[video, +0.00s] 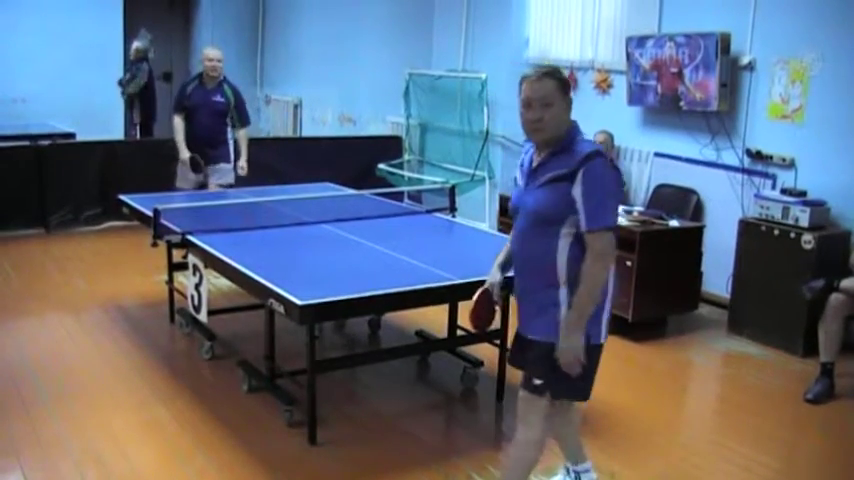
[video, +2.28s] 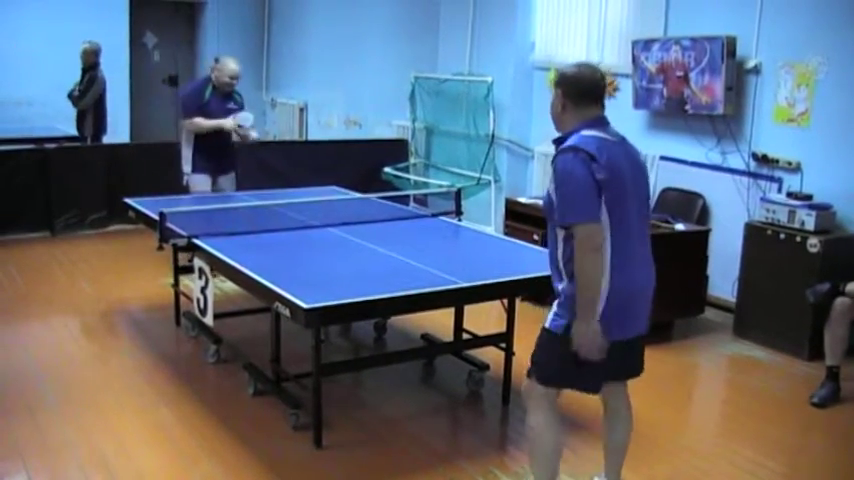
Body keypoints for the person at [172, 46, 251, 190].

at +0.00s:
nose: (214, 65)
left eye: (218, 61)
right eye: (209, 60)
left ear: (223, 64)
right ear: (202, 63)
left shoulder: (231, 91)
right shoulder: (188, 88)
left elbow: (240, 127)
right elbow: (178, 117)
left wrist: (243, 158)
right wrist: (183, 150)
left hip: (220, 157)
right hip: (191, 156)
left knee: (218, 205)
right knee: (183, 204)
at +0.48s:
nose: (197, 67)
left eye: (201, 62)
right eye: (193, 62)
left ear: (208, 66)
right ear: (183, 66)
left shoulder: (216, 95)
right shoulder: (169, 95)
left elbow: (227, 131)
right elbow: (159, 127)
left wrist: (228, 163)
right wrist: (156, 163)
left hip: (209, 165)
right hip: (177, 165)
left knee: (211, 215)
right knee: (174, 215)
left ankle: (210, 260)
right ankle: (169, 259)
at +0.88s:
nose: (166, 68)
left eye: (169, 62)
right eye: (161, 64)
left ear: (176, 64)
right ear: (152, 69)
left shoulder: (192, 92)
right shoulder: (144, 98)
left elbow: (207, 126)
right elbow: (136, 133)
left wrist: (211, 158)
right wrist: (135, 169)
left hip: (193, 164)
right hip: (160, 168)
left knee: (201, 214)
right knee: (167, 218)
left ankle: (203, 260)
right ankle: (174, 261)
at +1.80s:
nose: (195, 71)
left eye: (199, 67)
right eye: (190, 68)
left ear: (205, 69)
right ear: (180, 72)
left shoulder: (217, 96)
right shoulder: (169, 100)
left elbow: (229, 128)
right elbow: (159, 134)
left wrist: (225, 160)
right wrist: (157, 169)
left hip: (211, 168)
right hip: (180, 169)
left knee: (214, 218)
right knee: (177, 218)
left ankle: (213, 264)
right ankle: (177, 262)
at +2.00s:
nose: (215, 72)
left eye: (218, 68)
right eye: (210, 68)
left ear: (222, 71)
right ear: (200, 71)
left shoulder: (228, 95)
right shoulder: (184, 95)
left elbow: (239, 127)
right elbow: (173, 127)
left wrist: (241, 157)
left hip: (222, 166)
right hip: (192, 167)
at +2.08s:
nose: (222, 75)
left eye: (225, 70)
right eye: (217, 70)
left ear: (228, 72)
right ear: (205, 72)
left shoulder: (231, 95)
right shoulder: (188, 93)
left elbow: (240, 128)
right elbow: (177, 125)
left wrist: (244, 154)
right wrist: (198, 148)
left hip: (224, 162)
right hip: (194, 163)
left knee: (227, 211)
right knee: (191, 213)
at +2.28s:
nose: (234, 83)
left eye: (236, 79)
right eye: (230, 78)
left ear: (239, 78)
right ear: (215, 73)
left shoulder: (236, 98)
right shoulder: (195, 92)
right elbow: (189, 123)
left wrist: (245, 133)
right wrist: (223, 124)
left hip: (226, 160)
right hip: (199, 161)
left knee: (228, 208)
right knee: (202, 209)